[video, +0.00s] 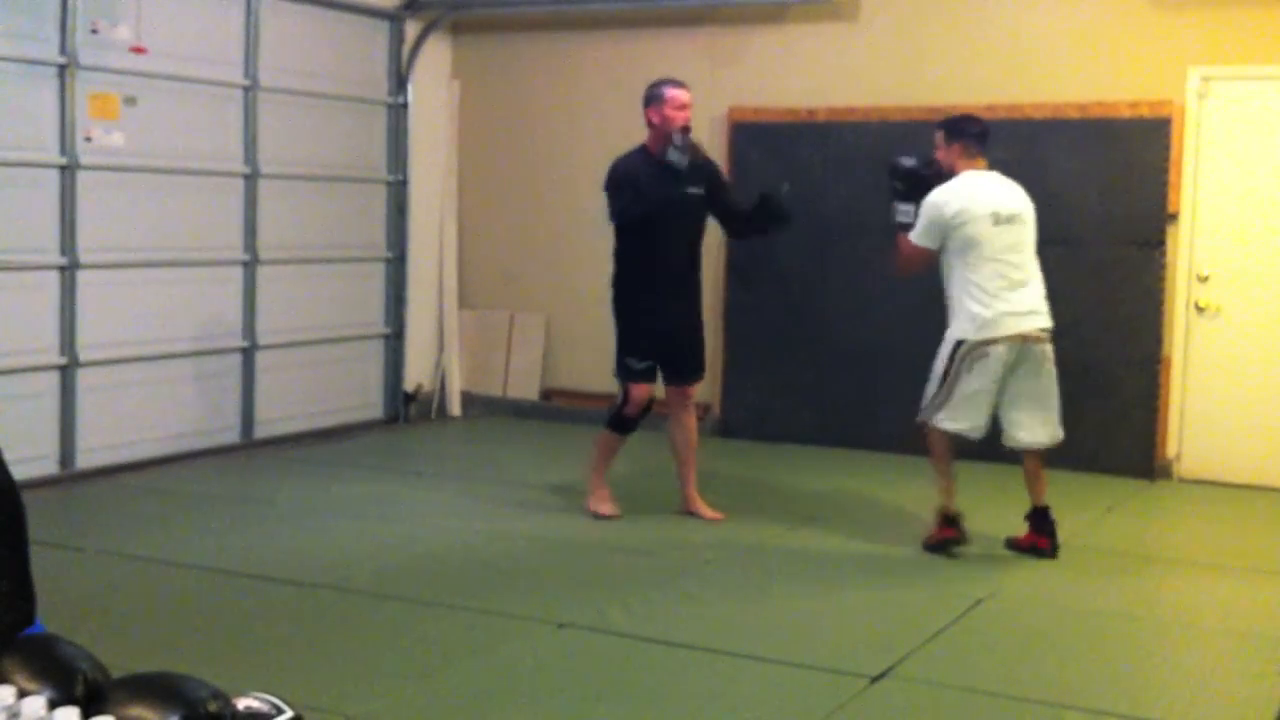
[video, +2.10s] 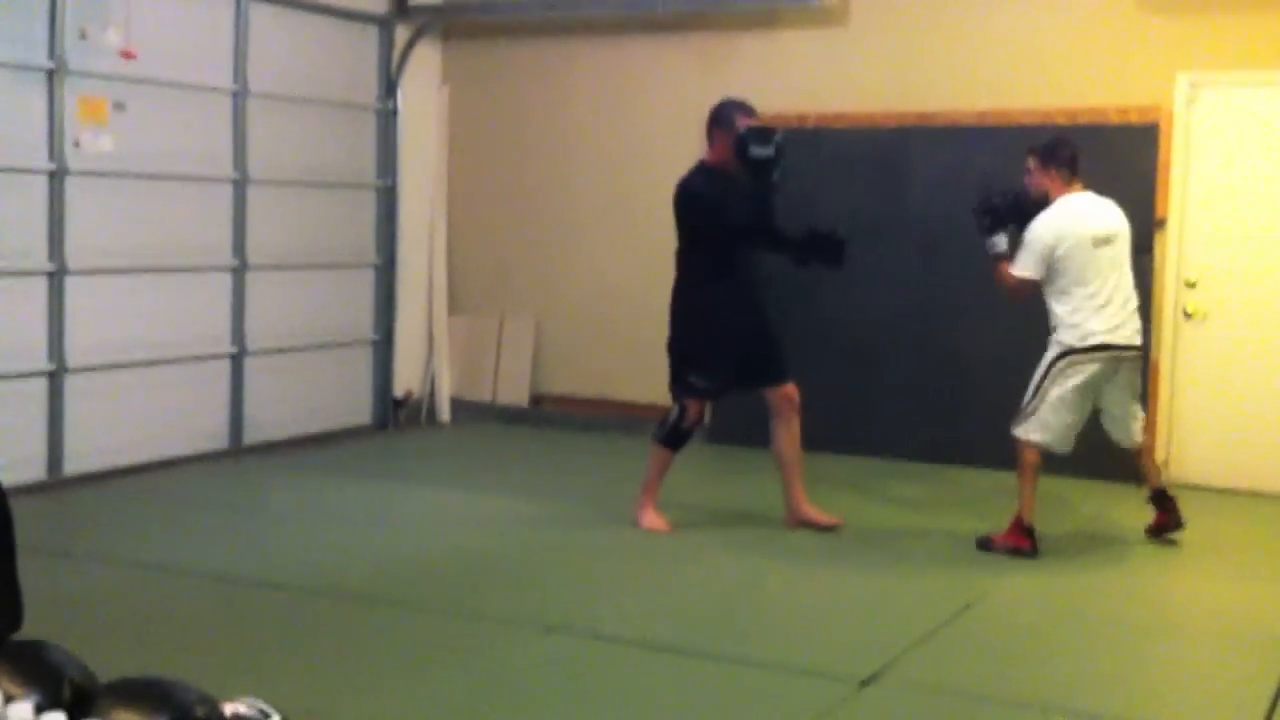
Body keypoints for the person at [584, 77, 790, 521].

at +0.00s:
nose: (686, 116)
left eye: (688, 108)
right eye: (678, 108)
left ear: (689, 113)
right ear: (651, 114)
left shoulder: (701, 169)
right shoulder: (629, 170)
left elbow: (734, 224)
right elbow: (632, 223)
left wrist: (764, 214)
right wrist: (671, 169)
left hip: (683, 296)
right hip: (638, 297)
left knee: (683, 397)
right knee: (638, 395)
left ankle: (690, 495)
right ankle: (597, 483)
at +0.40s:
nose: (700, 127)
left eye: (702, 119)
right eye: (693, 119)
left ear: (695, 122)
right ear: (666, 118)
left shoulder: (697, 168)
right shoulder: (640, 173)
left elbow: (705, 228)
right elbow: (656, 221)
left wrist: (740, 227)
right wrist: (701, 169)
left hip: (695, 298)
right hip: (650, 301)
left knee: (739, 382)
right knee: (652, 400)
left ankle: (733, 487)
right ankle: (621, 495)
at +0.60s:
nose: (721, 133)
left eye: (726, 124)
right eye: (714, 124)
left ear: (729, 126)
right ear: (690, 123)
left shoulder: (723, 173)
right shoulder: (665, 174)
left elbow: (758, 222)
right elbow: (680, 221)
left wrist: (786, 184)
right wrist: (719, 163)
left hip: (716, 302)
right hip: (671, 302)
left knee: (742, 400)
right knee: (662, 401)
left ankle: (775, 502)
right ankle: (622, 493)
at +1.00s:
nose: (777, 139)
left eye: (783, 130)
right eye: (771, 129)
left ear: (783, 127)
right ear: (749, 120)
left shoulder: (771, 168)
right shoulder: (717, 169)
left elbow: (797, 226)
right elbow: (744, 220)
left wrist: (832, 189)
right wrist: (777, 162)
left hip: (760, 291)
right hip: (720, 293)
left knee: (775, 396)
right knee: (728, 399)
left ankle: (780, 505)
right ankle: (681, 496)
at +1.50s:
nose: (809, 134)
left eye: (812, 125)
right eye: (801, 124)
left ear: (811, 125)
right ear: (774, 123)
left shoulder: (804, 169)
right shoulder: (752, 174)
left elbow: (826, 221)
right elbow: (786, 221)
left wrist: (877, 220)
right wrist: (818, 168)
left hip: (796, 298)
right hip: (754, 299)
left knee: (825, 392)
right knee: (748, 396)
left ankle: (814, 502)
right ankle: (682, 481)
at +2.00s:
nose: (751, 146)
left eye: (755, 138)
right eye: (743, 138)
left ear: (755, 139)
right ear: (719, 138)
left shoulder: (750, 183)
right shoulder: (701, 189)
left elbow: (772, 234)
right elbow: (744, 232)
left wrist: (815, 244)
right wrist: (762, 178)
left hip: (748, 309)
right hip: (706, 312)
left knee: (787, 399)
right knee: (696, 409)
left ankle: (799, 504)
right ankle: (650, 500)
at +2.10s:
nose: (749, 147)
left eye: (753, 138)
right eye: (741, 138)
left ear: (750, 139)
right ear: (716, 136)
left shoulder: (743, 182)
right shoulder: (696, 188)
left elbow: (764, 234)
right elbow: (742, 233)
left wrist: (808, 248)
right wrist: (758, 180)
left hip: (742, 310)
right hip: (699, 313)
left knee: (785, 398)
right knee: (690, 409)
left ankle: (797, 505)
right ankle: (646, 503)